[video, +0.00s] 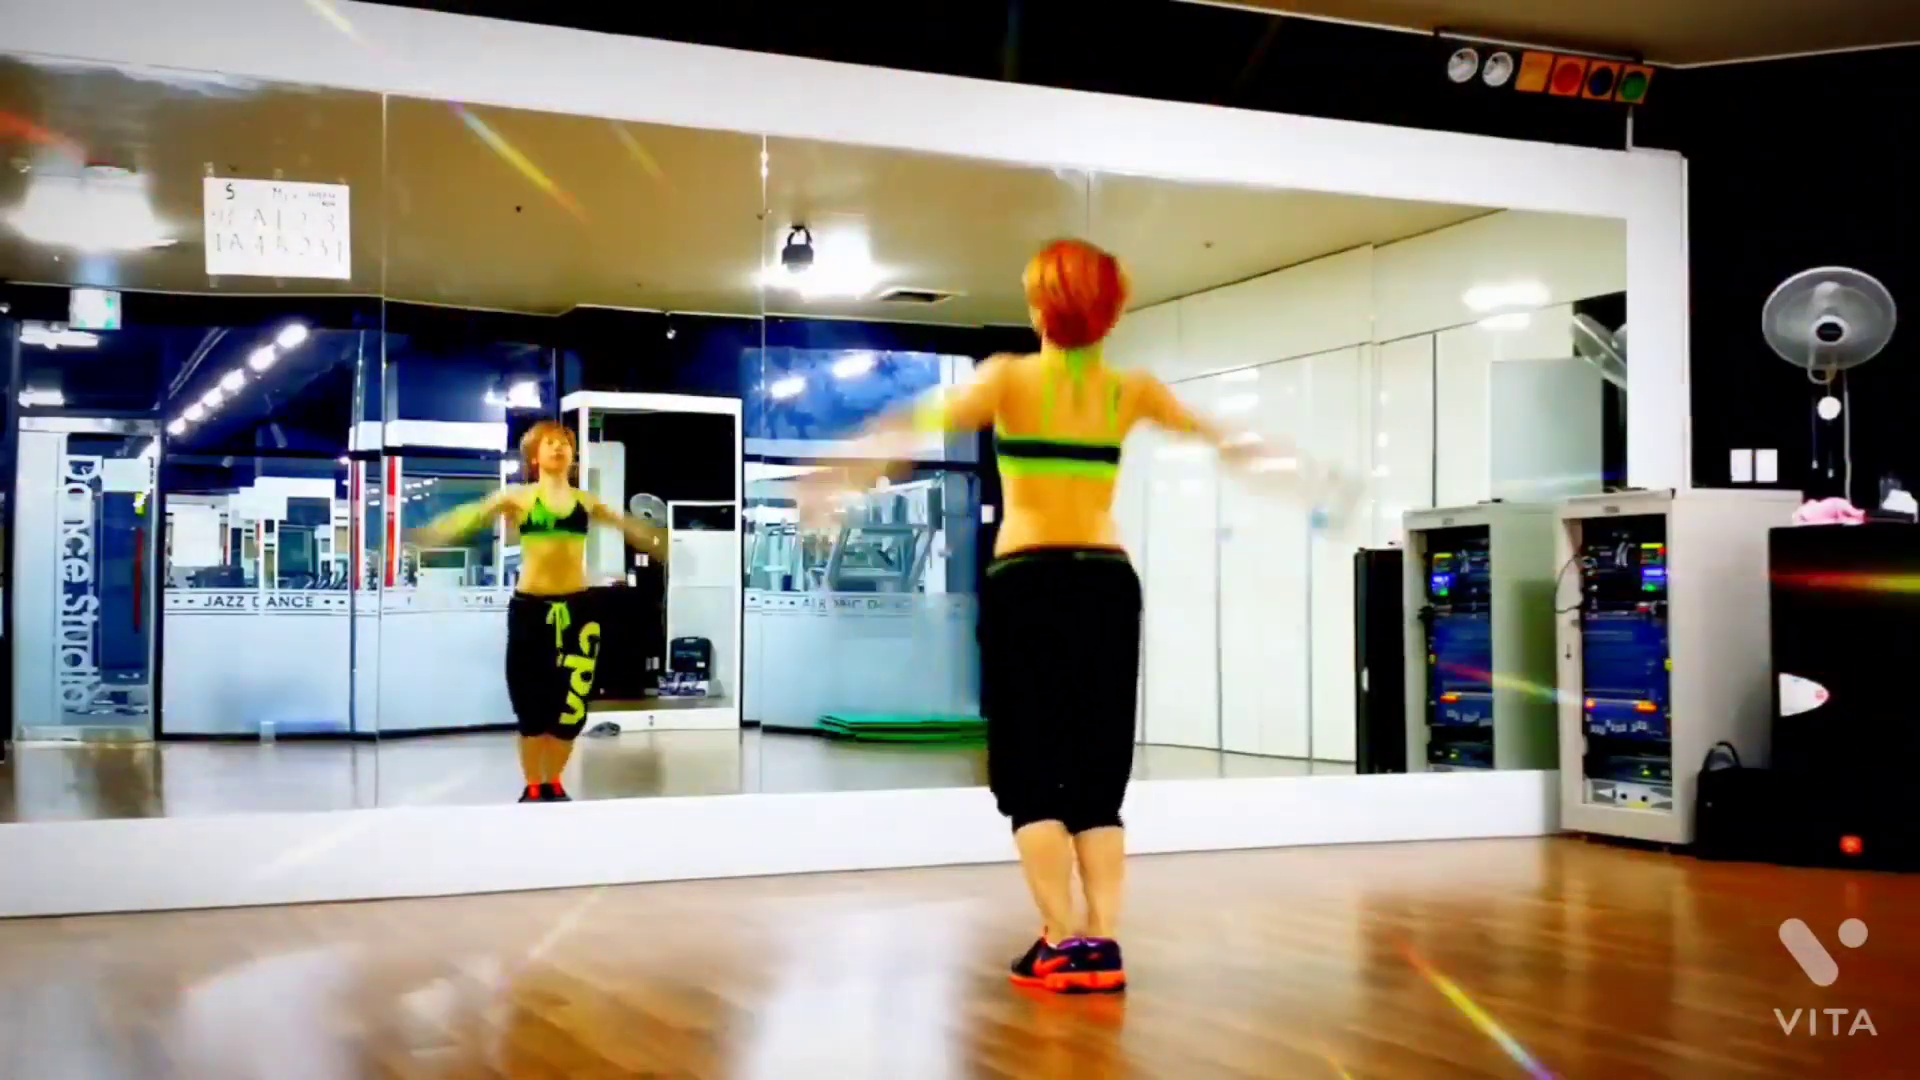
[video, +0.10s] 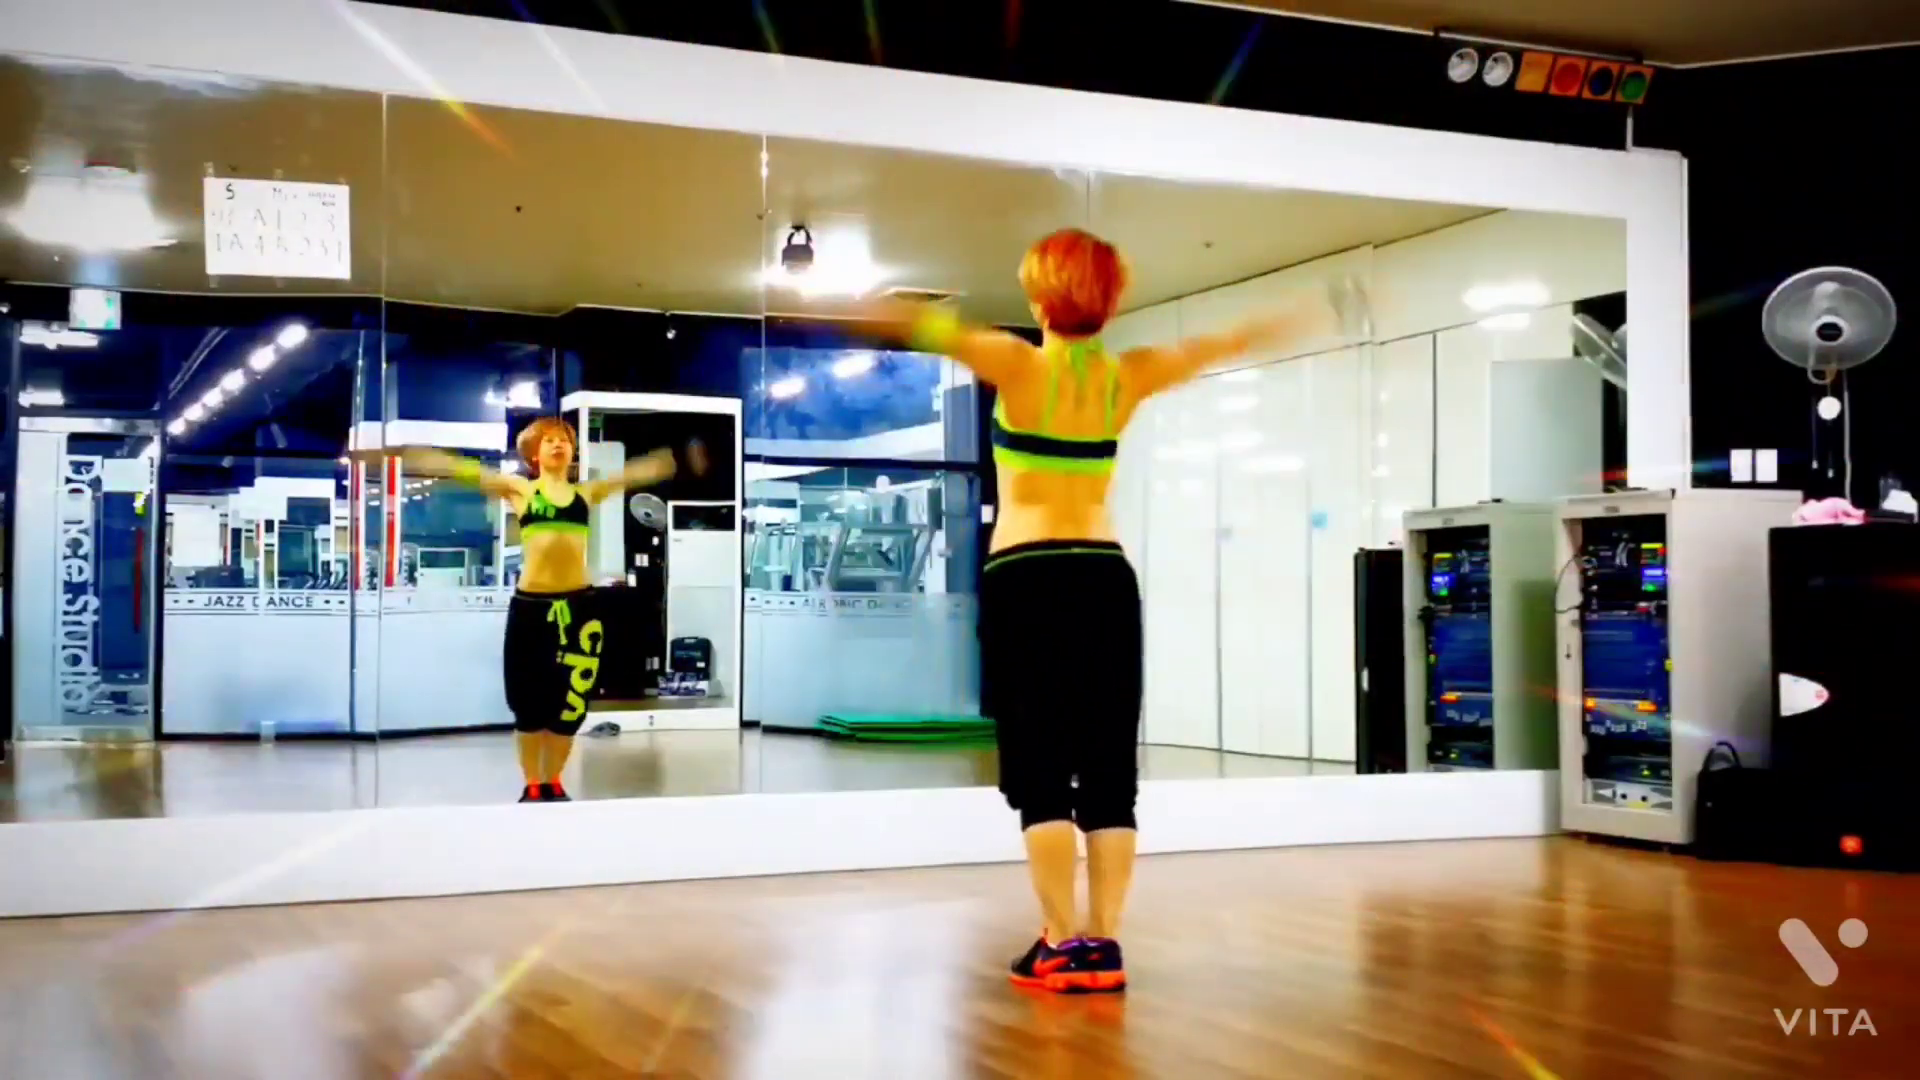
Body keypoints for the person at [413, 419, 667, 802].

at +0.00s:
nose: (557, 448)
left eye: (563, 443)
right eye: (549, 442)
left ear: (573, 455)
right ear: (534, 455)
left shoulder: (584, 501)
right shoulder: (519, 497)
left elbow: (623, 523)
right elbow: (469, 518)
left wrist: (655, 540)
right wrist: (433, 534)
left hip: (576, 605)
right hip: (530, 606)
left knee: (571, 704)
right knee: (533, 703)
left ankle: (552, 781)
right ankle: (533, 786)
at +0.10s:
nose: (557, 445)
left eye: (564, 440)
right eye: (549, 440)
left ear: (573, 451)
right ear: (534, 451)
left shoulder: (584, 492)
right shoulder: (521, 489)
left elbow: (632, 475)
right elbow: (462, 470)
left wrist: (673, 459)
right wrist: (401, 457)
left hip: (577, 604)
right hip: (530, 604)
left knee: (569, 702)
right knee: (529, 702)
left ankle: (553, 783)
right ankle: (532, 785)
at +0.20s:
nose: (558, 446)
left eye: (564, 441)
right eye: (549, 441)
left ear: (573, 452)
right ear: (533, 452)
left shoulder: (583, 486)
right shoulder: (521, 484)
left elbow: (615, 439)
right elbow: (480, 437)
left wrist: (643, 400)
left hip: (579, 605)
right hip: (531, 606)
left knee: (570, 704)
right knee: (529, 704)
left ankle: (551, 783)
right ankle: (532, 786)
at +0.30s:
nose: (557, 449)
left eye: (563, 442)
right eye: (548, 442)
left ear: (573, 451)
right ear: (532, 451)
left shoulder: (583, 484)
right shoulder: (523, 482)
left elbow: (592, 428)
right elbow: (506, 426)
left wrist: (602, 373)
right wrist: (483, 371)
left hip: (580, 603)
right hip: (532, 603)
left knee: (571, 703)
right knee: (530, 704)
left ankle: (552, 783)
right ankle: (532, 785)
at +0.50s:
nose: (556, 454)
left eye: (562, 447)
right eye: (548, 448)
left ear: (572, 453)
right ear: (534, 455)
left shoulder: (582, 489)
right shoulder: (524, 490)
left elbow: (576, 423)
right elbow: (532, 424)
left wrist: (560, 379)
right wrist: (541, 369)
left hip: (578, 601)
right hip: (531, 602)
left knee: (570, 700)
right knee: (531, 700)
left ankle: (552, 782)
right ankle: (531, 784)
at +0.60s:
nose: (557, 458)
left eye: (564, 452)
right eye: (549, 452)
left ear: (573, 458)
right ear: (535, 456)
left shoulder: (581, 492)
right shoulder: (525, 492)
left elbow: (579, 451)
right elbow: (530, 466)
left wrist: (561, 414)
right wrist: (551, 422)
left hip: (577, 603)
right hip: (530, 604)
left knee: (570, 705)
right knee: (531, 703)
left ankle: (552, 782)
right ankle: (531, 785)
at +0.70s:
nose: (547, 456)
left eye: (550, 448)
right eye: (540, 449)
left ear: (564, 457)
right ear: (531, 464)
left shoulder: (578, 508)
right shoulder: (519, 511)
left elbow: (582, 525)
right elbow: (549, 524)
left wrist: (575, 478)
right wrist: (566, 477)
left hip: (574, 613)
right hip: (529, 615)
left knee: (568, 713)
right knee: (534, 710)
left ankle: (552, 781)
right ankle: (532, 785)